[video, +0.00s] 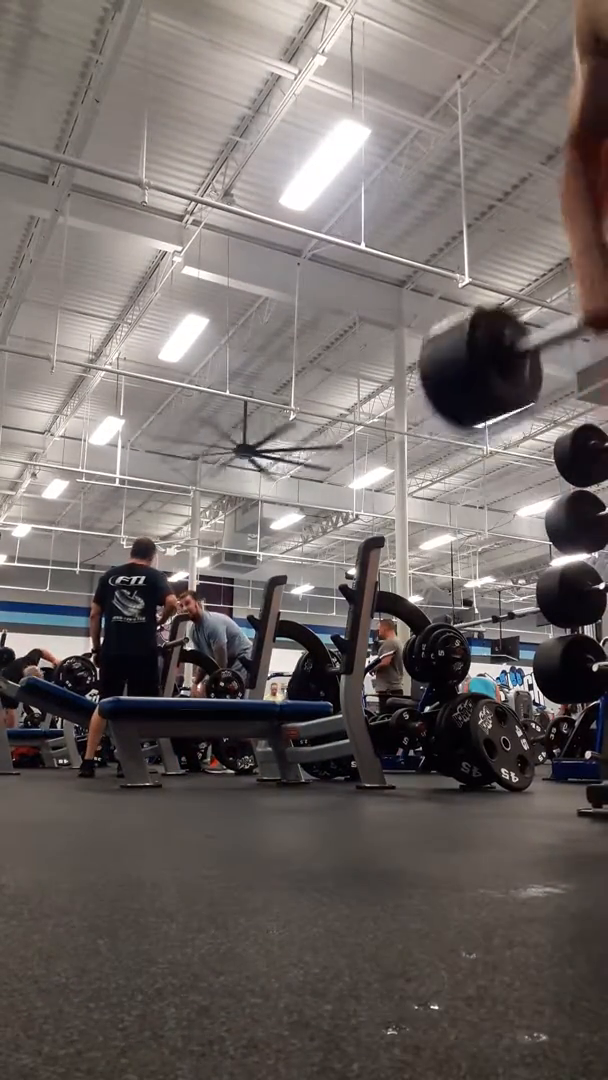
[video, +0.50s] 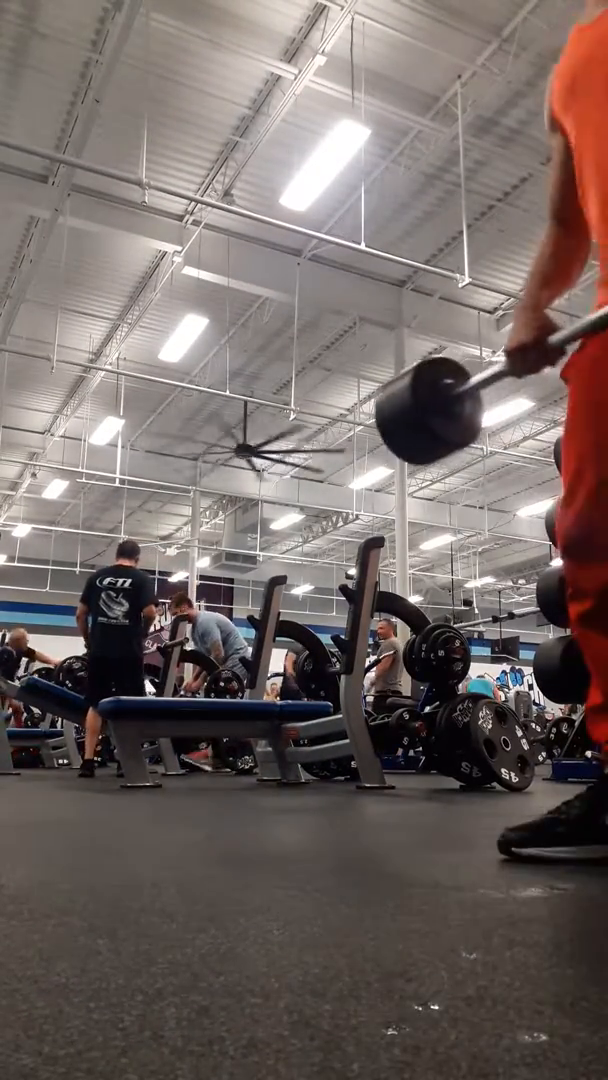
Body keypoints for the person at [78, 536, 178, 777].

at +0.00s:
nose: (155, 562)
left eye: (153, 559)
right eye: (155, 558)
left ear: (131, 554)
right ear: (152, 557)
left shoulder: (110, 575)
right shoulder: (155, 576)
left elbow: (95, 613)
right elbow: (172, 604)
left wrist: (96, 648)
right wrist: (160, 620)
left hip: (113, 649)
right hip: (143, 651)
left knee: (105, 704)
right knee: (142, 705)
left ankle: (88, 759)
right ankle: (131, 763)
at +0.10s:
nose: (153, 564)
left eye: (151, 561)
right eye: (154, 561)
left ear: (131, 555)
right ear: (151, 559)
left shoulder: (108, 575)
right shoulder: (152, 576)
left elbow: (93, 613)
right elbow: (169, 604)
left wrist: (94, 646)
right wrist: (158, 621)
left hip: (110, 650)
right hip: (140, 651)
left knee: (103, 704)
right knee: (139, 705)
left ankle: (88, 760)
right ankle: (130, 763)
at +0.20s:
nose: (152, 564)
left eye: (151, 562)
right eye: (152, 561)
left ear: (128, 555)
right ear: (149, 560)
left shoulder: (106, 575)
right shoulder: (151, 578)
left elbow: (90, 613)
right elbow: (164, 608)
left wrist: (93, 645)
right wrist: (157, 621)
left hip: (108, 650)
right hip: (138, 651)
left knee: (101, 704)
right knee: (137, 705)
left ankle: (88, 759)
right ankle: (129, 762)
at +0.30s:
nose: (144, 564)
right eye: (146, 560)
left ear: (125, 554)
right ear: (145, 559)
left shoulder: (104, 576)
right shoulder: (148, 579)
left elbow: (88, 613)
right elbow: (158, 611)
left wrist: (90, 645)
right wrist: (151, 624)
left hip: (105, 649)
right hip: (136, 651)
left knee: (100, 704)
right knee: (135, 706)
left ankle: (88, 760)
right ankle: (129, 763)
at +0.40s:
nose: (138, 564)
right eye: (141, 561)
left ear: (121, 555)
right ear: (141, 559)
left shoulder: (101, 577)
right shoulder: (145, 579)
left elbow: (85, 613)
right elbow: (154, 612)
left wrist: (88, 642)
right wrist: (148, 620)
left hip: (102, 651)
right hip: (132, 652)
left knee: (98, 705)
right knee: (134, 706)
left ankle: (88, 760)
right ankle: (129, 763)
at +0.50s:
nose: (135, 564)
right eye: (137, 561)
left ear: (116, 556)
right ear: (137, 559)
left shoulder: (98, 576)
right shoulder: (142, 579)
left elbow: (81, 613)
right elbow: (149, 611)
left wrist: (87, 640)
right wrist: (145, 628)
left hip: (99, 650)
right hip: (128, 651)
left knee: (95, 704)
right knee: (131, 705)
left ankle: (88, 760)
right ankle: (129, 762)